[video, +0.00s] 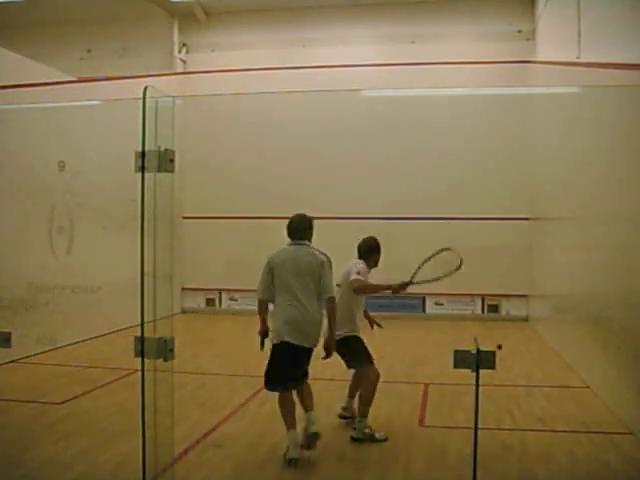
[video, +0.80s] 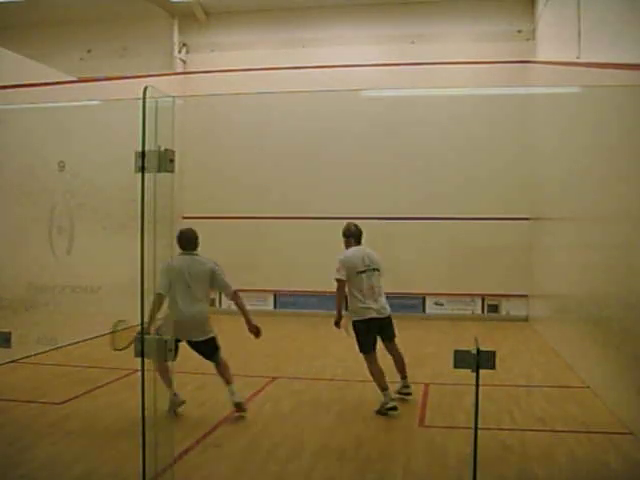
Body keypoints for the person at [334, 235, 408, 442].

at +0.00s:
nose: (379, 259)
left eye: (379, 255)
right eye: (379, 255)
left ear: (361, 252)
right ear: (374, 254)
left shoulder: (353, 268)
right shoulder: (359, 266)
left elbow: (352, 296)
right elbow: (357, 286)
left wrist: (367, 314)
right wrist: (391, 288)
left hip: (342, 331)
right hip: (346, 333)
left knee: (362, 369)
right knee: (372, 375)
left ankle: (348, 407)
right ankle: (361, 426)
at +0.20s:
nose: (397, 259)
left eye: (396, 255)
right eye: (394, 255)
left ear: (382, 256)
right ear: (385, 256)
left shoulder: (376, 272)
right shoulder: (370, 270)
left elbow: (349, 292)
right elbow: (369, 285)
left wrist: (345, 310)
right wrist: (382, 268)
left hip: (362, 328)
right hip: (353, 330)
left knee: (384, 359)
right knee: (372, 374)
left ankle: (371, 400)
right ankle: (360, 423)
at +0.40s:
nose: (389, 237)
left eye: (389, 234)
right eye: (389, 234)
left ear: (370, 230)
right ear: (386, 234)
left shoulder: (349, 246)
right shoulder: (385, 253)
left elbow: (346, 270)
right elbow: (389, 283)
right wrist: (381, 297)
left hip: (354, 307)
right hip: (377, 306)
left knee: (364, 354)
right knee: (377, 351)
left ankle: (372, 395)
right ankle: (361, 385)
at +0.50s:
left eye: (363, 220)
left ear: (362, 222)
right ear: (379, 225)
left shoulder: (350, 242)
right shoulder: (383, 245)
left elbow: (346, 270)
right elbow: (372, 272)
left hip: (360, 303)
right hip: (383, 301)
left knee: (367, 350)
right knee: (391, 341)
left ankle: (375, 394)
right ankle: (386, 367)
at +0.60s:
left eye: (356, 223)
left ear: (356, 228)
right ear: (374, 229)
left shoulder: (350, 247)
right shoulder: (381, 249)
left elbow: (342, 276)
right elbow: (372, 279)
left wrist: (349, 287)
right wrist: (342, 287)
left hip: (361, 309)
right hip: (385, 304)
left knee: (369, 354)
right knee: (404, 342)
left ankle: (381, 396)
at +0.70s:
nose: (352, 239)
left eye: (351, 235)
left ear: (351, 237)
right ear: (368, 236)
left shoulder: (347, 257)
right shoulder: (377, 254)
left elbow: (340, 287)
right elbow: (378, 283)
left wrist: (345, 305)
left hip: (362, 317)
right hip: (384, 312)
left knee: (373, 360)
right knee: (405, 346)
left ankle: (387, 401)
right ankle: (434, 380)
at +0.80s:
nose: (344, 242)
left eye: (344, 238)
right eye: (345, 238)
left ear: (345, 239)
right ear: (361, 238)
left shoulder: (344, 259)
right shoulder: (374, 256)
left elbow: (341, 289)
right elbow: (377, 283)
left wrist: (338, 314)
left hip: (361, 317)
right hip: (382, 312)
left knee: (371, 359)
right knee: (393, 347)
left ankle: (388, 398)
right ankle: (405, 383)